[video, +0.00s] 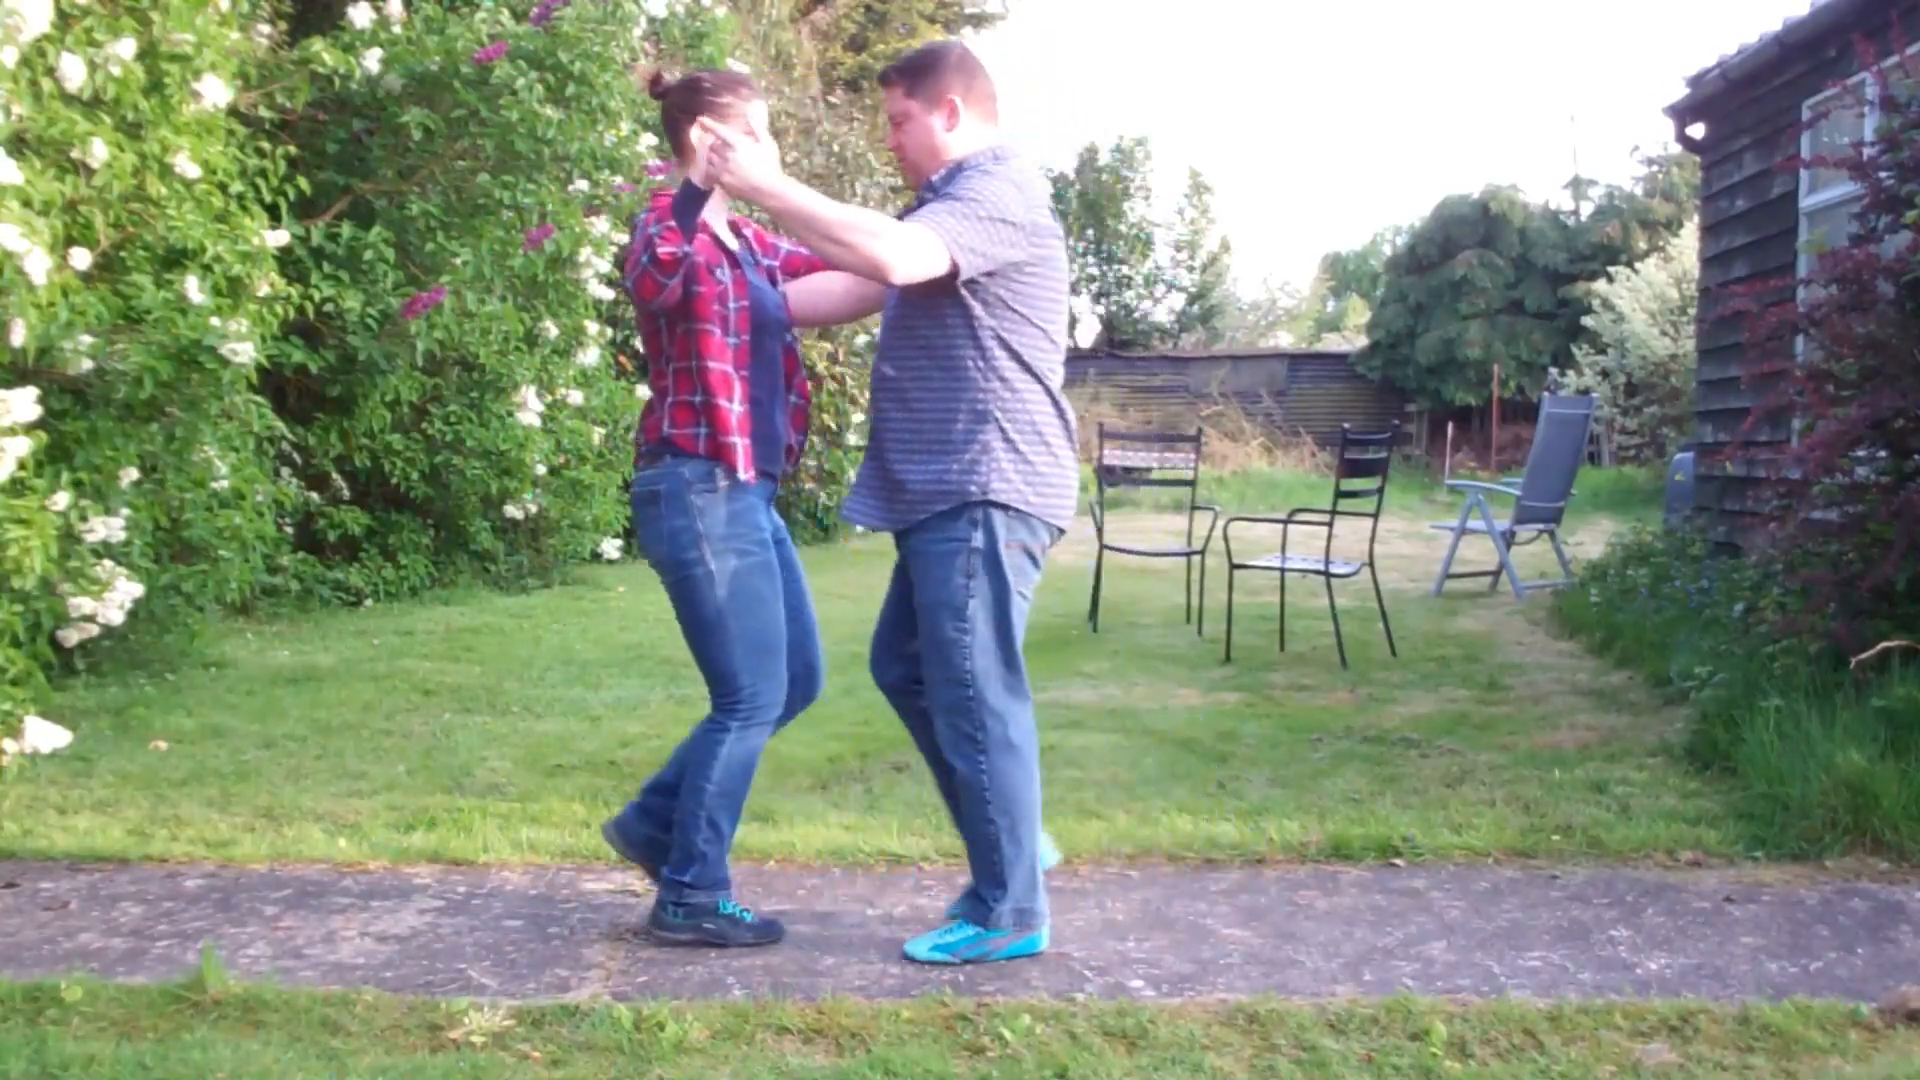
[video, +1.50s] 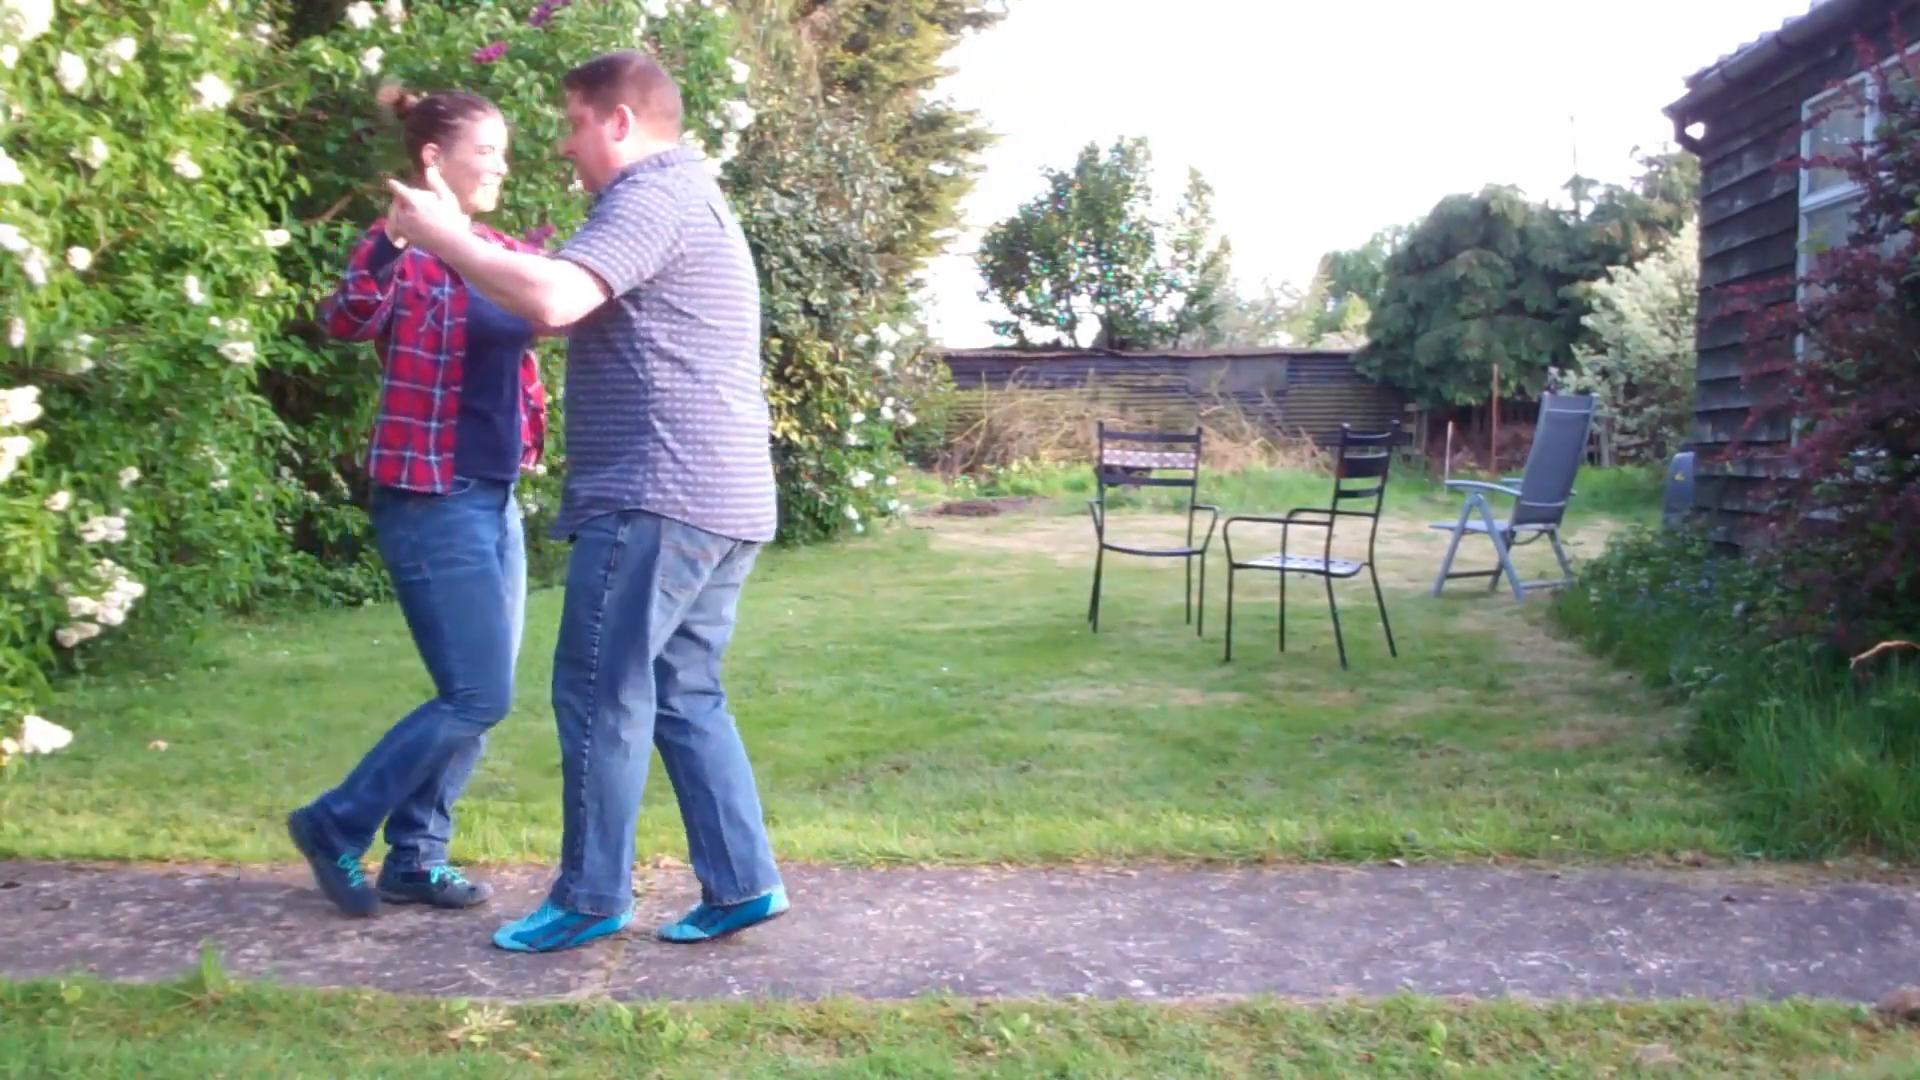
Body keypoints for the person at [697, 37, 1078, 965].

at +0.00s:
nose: (891, 143)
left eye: (898, 122)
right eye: (888, 125)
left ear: (950, 109)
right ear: (954, 113)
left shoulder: (1001, 186)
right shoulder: (955, 202)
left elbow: (900, 254)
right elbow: (845, 289)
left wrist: (766, 183)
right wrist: (712, 305)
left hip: (986, 489)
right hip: (944, 493)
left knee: (977, 698)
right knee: (905, 667)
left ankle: (1012, 913)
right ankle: (1011, 844)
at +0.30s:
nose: (788, 150)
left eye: (796, 130)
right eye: (788, 131)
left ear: (841, 122)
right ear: (856, 123)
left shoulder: (889, 199)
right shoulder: (866, 209)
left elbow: (777, 265)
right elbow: (757, 291)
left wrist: (663, 181)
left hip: (886, 497)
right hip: (852, 500)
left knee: (902, 697)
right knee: (828, 693)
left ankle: (999, 893)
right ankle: (792, 882)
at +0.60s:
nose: (689, 166)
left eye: (695, 145)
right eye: (687, 148)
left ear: (746, 133)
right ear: (756, 135)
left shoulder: (793, 211)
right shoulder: (784, 214)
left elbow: (693, 303)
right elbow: (672, 315)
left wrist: (593, 220)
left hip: (769, 497)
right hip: (791, 499)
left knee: (671, 667)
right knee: (759, 692)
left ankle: (790, 843)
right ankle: (778, 873)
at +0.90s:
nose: (605, 165)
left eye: (611, 144)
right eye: (603, 147)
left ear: (660, 131)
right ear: (670, 132)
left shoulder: (701, 211)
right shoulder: (711, 211)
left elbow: (607, 290)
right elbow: (588, 317)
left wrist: (496, 208)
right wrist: (483, 280)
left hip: (676, 505)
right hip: (721, 507)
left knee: (588, 687)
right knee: (696, 691)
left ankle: (595, 897)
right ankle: (771, 868)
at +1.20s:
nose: (550, 154)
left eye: (557, 134)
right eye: (549, 136)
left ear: (605, 127)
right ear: (626, 128)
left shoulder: (634, 204)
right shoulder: (672, 207)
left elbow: (540, 301)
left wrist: (428, 224)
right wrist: (444, 242)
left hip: (618, 500)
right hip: (680, 504)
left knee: (560, 693)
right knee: (639, 684)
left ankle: (590, 898)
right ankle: (741, 855)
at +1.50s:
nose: (567, 150)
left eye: (573, 129)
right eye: (566, 131)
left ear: (618, 120)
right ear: (643, 121)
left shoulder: (655, 194)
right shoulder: (692, 192)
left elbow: (554, 297)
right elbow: (566, 289)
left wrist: (440, 235)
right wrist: (467, 241)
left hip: (659, 493)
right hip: (725, 494)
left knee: (599, 693)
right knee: (685, 687)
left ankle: (590, 898)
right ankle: (743, 882)